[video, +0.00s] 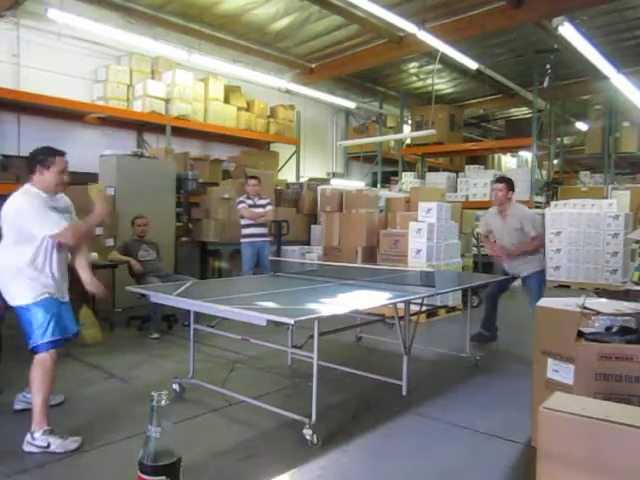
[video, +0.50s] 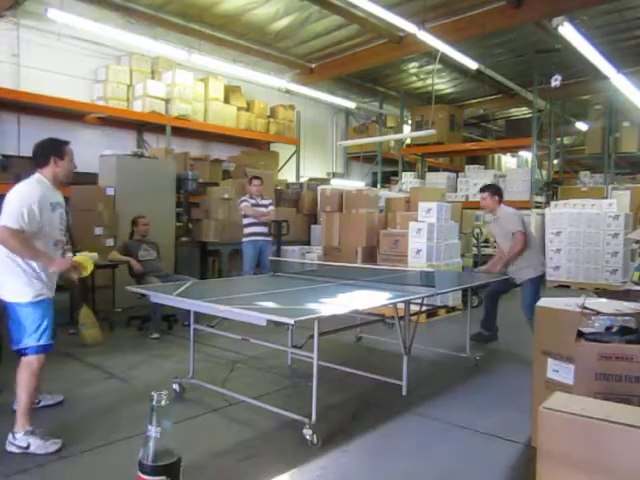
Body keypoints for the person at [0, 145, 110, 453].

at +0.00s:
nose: (66, 177)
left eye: (66, 171)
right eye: (61, 171)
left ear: (49, 171)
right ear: (40, 171)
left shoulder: (62, 202)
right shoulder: (23, 203)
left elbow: (79, 241)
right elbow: (70, 236)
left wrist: (86, 275)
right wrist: (97, 215)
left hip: (53, 285)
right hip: (27, 287)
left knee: (59, 337)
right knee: (47, 349)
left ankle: (32, 393)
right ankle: (39, 431)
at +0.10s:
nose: (68, 178)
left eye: (69, 172)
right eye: (66, 171)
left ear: (44, 170)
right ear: (47, 170)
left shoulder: (28, 193)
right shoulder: (36, 198)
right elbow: (74, 232)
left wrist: (68, 248)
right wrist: (77, 212)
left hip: (28, 285)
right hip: (31, 287)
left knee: (52, 339)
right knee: (47, 350)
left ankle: (29, 393)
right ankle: (39, 431)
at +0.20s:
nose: (69, 173)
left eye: (69, 167)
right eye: (67, 167)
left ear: (47, 167)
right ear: (50, 167)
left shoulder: (35, 191)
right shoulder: (36, 194)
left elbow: (68, 247)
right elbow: (67, 237)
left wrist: (54, 256)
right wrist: (83, 223)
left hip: (29, 285)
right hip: (30, 287)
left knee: (44, 342)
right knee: (41, 349)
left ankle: (29, 393)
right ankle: (37, 430)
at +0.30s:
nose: (71, 169)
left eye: (71, 163)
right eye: (68, 163)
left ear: (50, 163)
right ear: (52, 163)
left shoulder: (48, 193)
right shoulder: (34, 191)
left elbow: (56, 238)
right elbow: (44, 239)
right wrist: (84, 239)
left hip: (34, 284)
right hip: (23, 286)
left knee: (34, 345)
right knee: (30, 352)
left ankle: (27, 395)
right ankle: (33, 429)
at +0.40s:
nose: (73, 167)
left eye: (73, 161)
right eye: (70, 160)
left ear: (54, 162)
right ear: (53, 161)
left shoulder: (54, 196)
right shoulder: (30, 191)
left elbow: (56, 249)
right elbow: (25, 237)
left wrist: (74, 282)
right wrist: (65, 251)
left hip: (37, 288)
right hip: (21, 289)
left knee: (32, 346)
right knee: (28, 352)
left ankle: (26, 396)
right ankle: (28, 430)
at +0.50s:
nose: (74, 167)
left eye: (73, 161)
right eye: (70, 160)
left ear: (54, 162)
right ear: (54, 162)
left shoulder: (55, 196)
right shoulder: (27, 191)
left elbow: (54, 240)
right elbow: (9, 234)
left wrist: (69, 261)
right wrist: (51, 261)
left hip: (38, 288)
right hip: (23, 290)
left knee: (36, 349)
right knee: (34, 355)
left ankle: (27, 397)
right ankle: (21, 431)